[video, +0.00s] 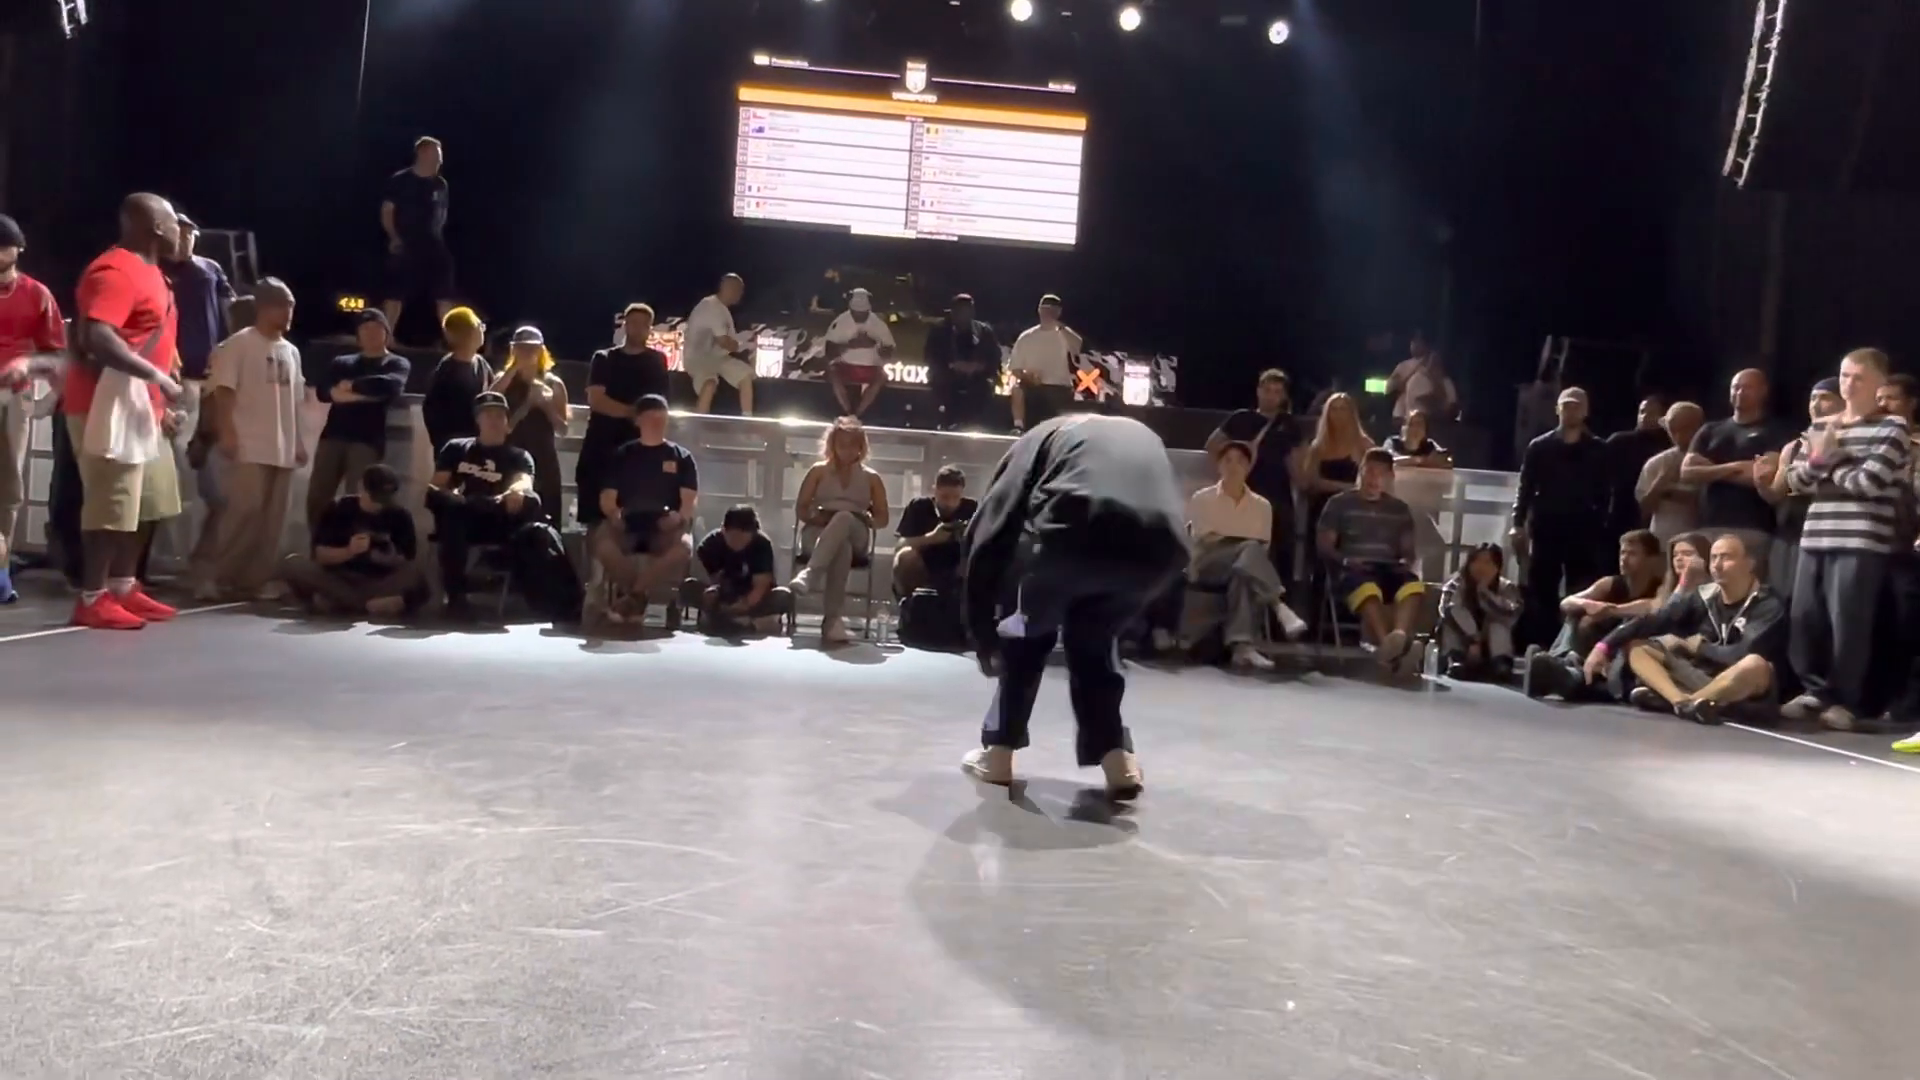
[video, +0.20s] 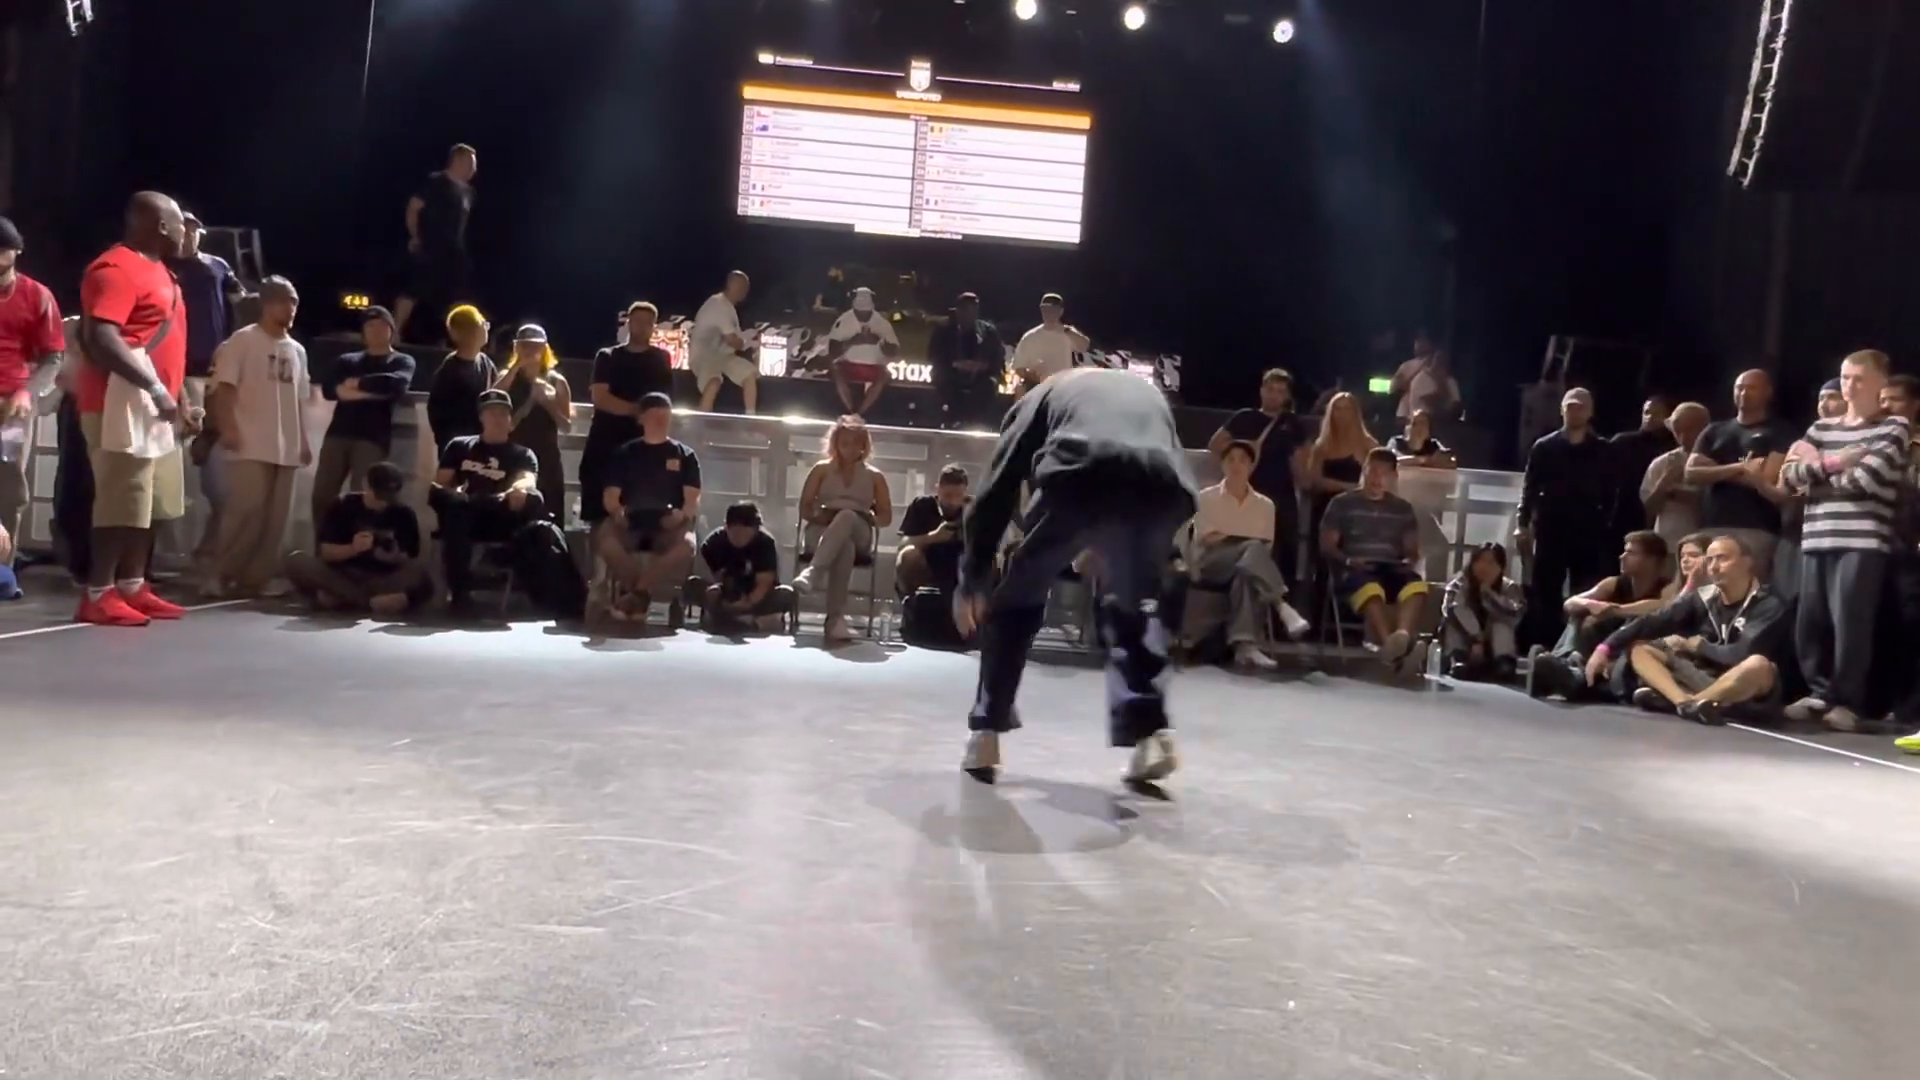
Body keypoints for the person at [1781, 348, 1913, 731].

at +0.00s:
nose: (1847, 384)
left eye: (1857, 378)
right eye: (1844, 377)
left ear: (1879, 385)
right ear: (1839, 381)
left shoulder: (1893, 429)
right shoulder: (1826, 428)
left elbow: (1870, 481)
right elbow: (1794, 480)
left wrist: (1827, 471)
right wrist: (1823, 455)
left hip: (1859, 539)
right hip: (1815, 537)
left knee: (1849, 621)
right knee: (1804, 614)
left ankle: (1847, 702)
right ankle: (1814, 690)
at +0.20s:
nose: (1848, 386)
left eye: (1858, 379)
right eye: (1845, 378)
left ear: (1880, 385)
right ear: (1841, 383)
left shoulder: (1893, 429)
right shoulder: (1821, 429)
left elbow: (1864, 480)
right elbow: (1789, 475)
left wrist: (1814, 472)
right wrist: (1835, 463)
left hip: (1860, 539)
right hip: (1815, 539)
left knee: (1849, 620)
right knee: (1809, 618)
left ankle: (1848, 702)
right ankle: (1818, 691)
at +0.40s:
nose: (1848, 386)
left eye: (1858, 380)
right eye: (1845, 379)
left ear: (1881, 385)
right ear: (1840, 384)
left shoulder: (1893, 429)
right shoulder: (1822, 430)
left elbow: (1870, 477)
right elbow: (1791, 477)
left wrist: (1819, 474)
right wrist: (1839, 462)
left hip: (1863, 538)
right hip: (1816, 538)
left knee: (1853, 622)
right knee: (1814, 619)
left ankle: (1852, 703)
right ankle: (1822, 694)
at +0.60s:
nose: (1848, 388)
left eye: (1857, 382)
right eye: (1845, 382)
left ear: (1880, 385)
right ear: (1842, 385)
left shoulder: (1895, 428)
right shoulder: (1825, 428)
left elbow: (1870, 474)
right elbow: (1791, 465)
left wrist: (1821, 472)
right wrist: (1840, 459)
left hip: (1864, 537)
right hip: (1818, 537)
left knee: (1854, 620)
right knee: (1816, 619)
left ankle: (1854, 703)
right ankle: (1824, 693)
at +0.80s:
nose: (1854, 387)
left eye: (1862, 381)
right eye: (1851, 380)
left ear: (1886, 383)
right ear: (1847, 383)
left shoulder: (1899, 426)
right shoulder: (1830, 427)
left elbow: (1871, 471)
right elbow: (1792, 462)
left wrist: (1825, 469)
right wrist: (1841, 457)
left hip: (1866, 535)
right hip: (1820, 535)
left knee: (1856, 619)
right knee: (1817, 618)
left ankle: (1857, 701)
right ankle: (1827, 693)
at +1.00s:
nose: (1861, 383)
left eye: (1870, 377)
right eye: (1858, 376)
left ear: (1894, 380)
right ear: (1854, 380)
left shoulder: (1905, 423)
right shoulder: (1839, 422)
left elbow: (1876, 467)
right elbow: (1798, 458)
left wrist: (1831, 466)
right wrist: (1846, 453)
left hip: (1870, 534)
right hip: (1824, 532)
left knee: (1861, 618)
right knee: (1820, 615)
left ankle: (1863, 699)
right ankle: (1832, 689)